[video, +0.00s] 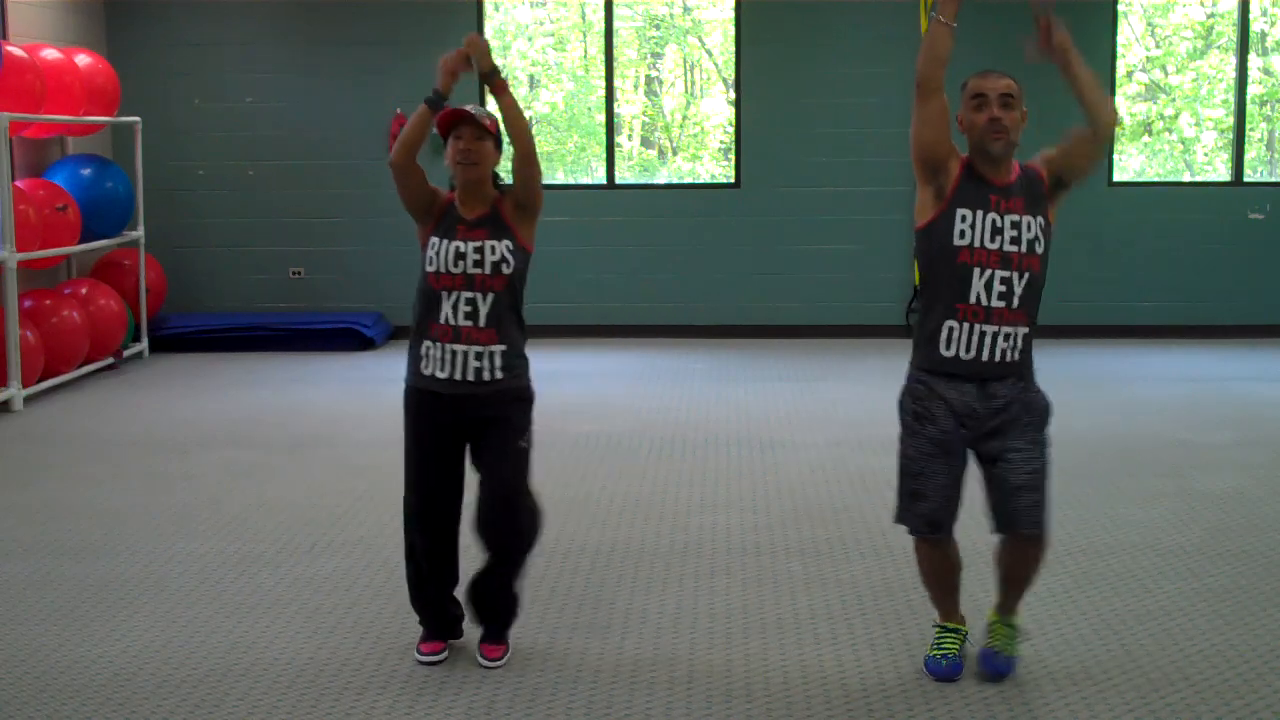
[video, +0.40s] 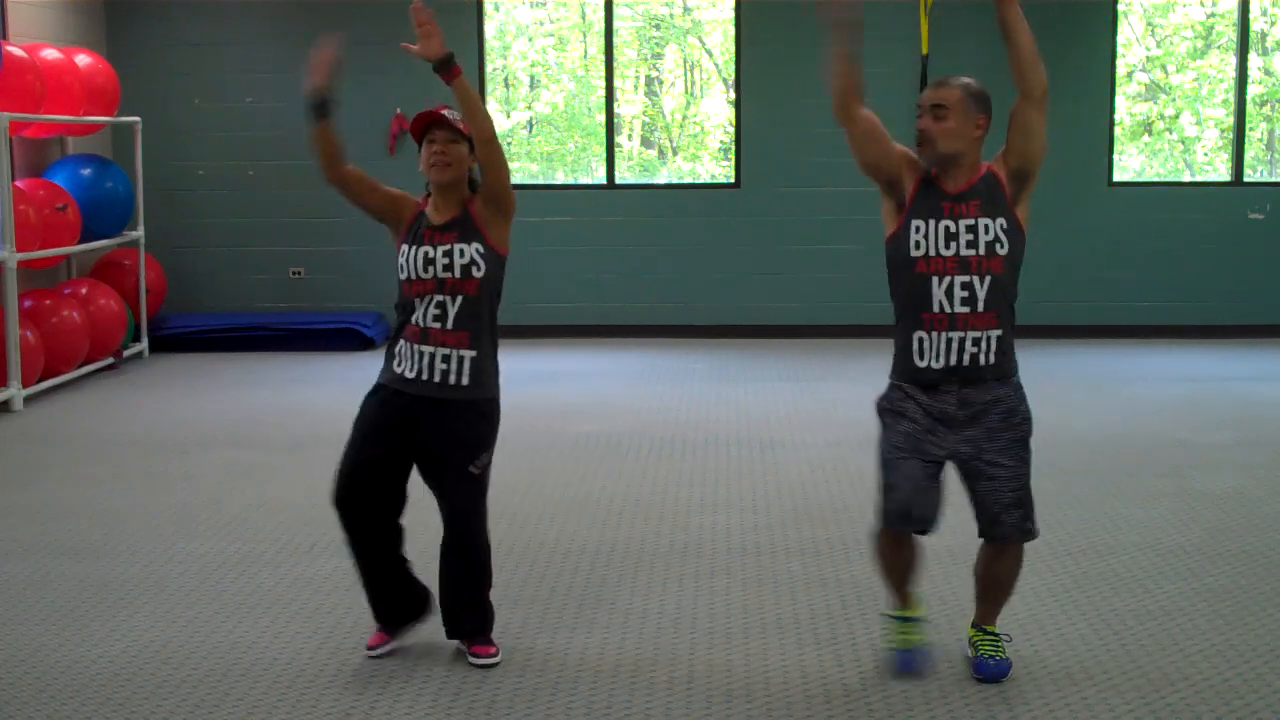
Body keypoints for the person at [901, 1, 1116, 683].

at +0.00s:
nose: (993, 112)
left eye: (1006, 102)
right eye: (979, 102)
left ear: (1023, 118)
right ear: (960, 121)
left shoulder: (1043, 183)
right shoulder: (941, 177)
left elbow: (1102, 126)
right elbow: (926, 85)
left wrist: (1065, 51)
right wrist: (944, 11)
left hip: (1012, 395)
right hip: (935, 393)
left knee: (1026, 528)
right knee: (928, 524)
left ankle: (1006, 619)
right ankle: (950, 624)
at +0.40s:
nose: (926, 123)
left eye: (942, 113)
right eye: (922, 114)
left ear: (981, 127)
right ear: (919, 126)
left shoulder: (1009, 181)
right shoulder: (902, 182)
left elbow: (1035, 90)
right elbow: (849, 109)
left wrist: (1008, 4)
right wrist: (843, 24)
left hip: (993, 400)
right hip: (915, 399)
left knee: (1008, 531)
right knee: (897, 521)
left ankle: (985, 630)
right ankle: (904, 612)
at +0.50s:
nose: (906, 123)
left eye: (920, 113)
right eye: (906, 113)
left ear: (964, 125)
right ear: (908, 122)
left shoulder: (1000, 179)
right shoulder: (888, 180)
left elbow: (1031, 87)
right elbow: (812, 139)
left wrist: (1011, 4)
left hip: (980, 399)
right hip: (899, 395)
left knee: (996, 532)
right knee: (847, 511)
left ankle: (984, 630)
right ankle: (795, 614)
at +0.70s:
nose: (871, 118)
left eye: (887, 109)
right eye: (872, 108)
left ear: (930, 123)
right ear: (875, 120)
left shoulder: (964, 178)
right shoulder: (846, 184)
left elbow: (1005, 90)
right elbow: (759, 208)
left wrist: (994, 7)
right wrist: (686, 262)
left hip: (941, 394)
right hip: (857, 392)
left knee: (995, 518)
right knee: (800, 510)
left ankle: (978, 619)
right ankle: (745, 616)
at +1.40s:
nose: (957, 117)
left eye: (971, 105)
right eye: (944, 104)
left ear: (992, 117)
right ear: (926, 120)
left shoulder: (1014, 174)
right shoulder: (913, 183)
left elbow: (1031, 81)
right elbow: (896, 99)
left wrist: (1015, 4)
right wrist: (929, 11)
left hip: (1018, 376)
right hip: (947, 383)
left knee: (1037, 516)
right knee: (970, 513)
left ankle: (997, 623)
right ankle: (941, 619)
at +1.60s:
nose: (984, 125)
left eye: (997, 114)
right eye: (971, 115)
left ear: (1013, 128)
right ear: (950, 129)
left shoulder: (1039, 182)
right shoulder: (935, 187)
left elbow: (1071, 90)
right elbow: (925, 104)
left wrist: (1016, 12)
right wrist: (968, 17)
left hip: (1009, 394)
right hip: (936, 391)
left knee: (998, 527)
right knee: (932, 524)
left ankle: (982, 624)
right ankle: (946, 625)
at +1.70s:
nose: (1021, 129)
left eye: (1025, 120)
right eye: (1004, 120)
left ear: (1029, 137)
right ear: (967, 135)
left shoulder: (1042, 189)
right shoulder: (940, 192)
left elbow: (1088, 98)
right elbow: (934, 105)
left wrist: (1093, 16)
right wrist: (974, 22)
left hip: (1023, 406)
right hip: (944, 407)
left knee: (1057, 528)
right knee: (937, 535)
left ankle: (1015, 612)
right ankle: (946, 624)